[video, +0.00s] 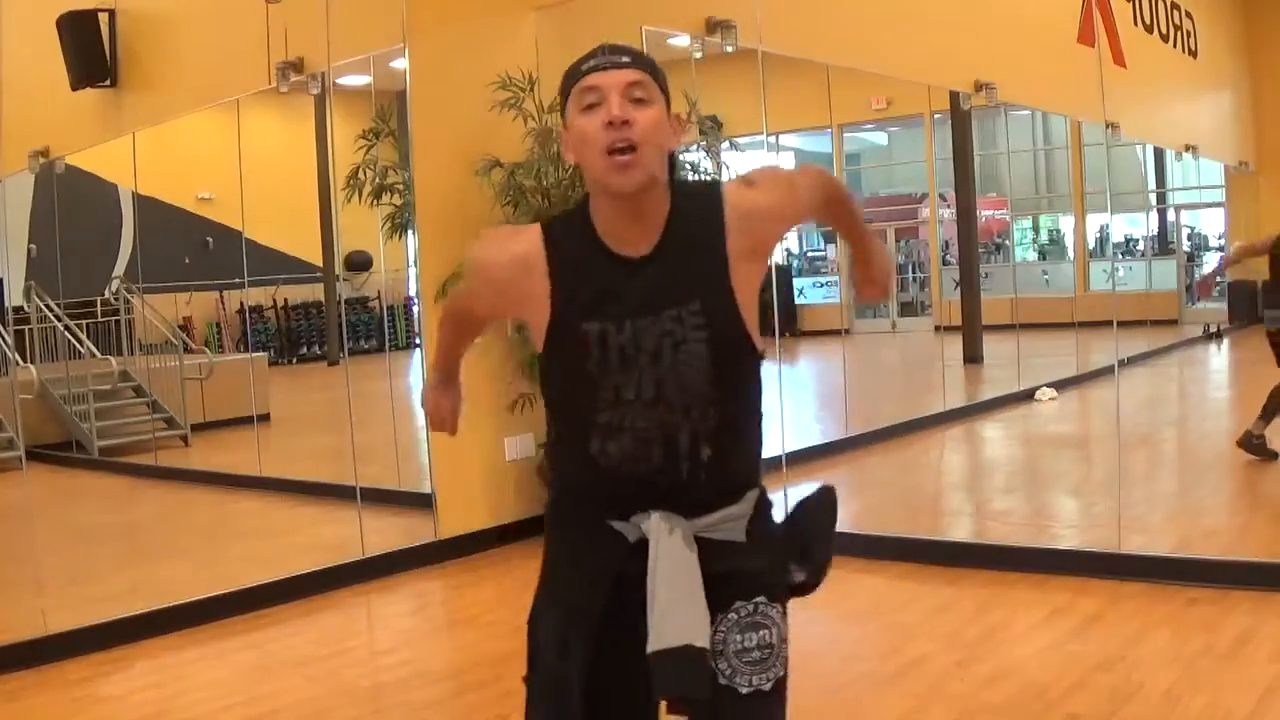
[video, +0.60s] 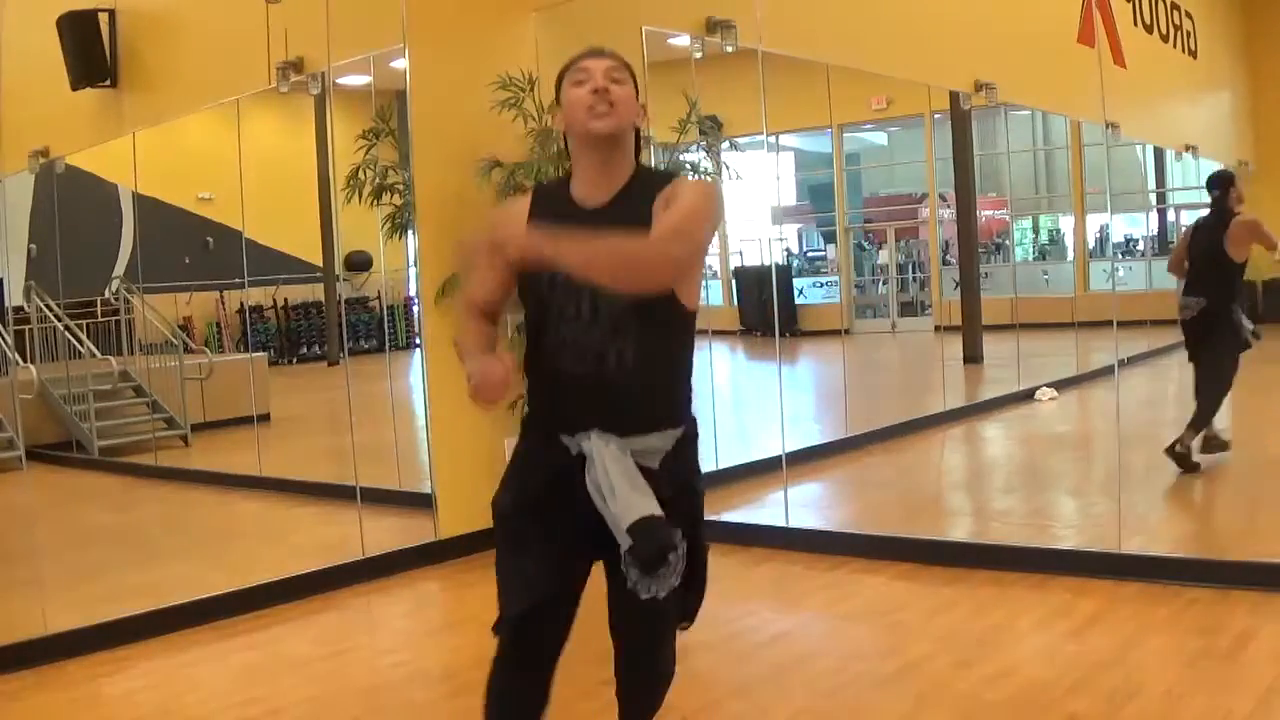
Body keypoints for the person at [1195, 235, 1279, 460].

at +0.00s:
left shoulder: (1276, 242)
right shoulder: (1276, 241)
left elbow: (1244, 250)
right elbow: (1244, 250)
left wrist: (1213, 273)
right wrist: (1214, 273)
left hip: (1274, 326)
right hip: (1276, 326)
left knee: (1279, 385)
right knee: (1279, 385)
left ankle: (1255, 432)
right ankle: (1255, 432)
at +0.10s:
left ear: (1277, 211)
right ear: (1276, 211)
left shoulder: (1268, 243)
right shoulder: (1269, 242)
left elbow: (1230, 265)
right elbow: (1230, 265)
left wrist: (1203, 295)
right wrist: (1204, 295)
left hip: (1263, 326)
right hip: (1269, 327)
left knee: (1276, 383)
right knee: (1276, 383)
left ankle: (1252, 437)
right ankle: (1252, 437)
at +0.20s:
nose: (1278, 214)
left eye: (1273, 208)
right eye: (1277, 208)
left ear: (1265, 212)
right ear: (1276, 212)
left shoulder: (1252, 244)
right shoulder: (1273, 242)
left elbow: (1232, 287)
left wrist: (1220, 324)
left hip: (1255, 325)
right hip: (1270, 327)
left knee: (1271, 385)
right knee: (1272, 385)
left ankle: (1251, 439)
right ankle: (1250, 440)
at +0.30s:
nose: (1276, 213)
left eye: (1275, 208)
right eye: (1274, 208)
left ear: (1250, 210)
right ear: (1263, 210)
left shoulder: (1238, 241)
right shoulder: (1268, 240)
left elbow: (1222, 286)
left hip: (1243, 323)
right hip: (1263, 323)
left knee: (1269, 380)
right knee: (1271, 379)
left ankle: (1249, 441)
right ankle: (1249, 441)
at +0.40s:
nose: (1265, 198)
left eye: (1262, 193)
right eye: (1262, 194)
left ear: (1237, 198)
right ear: (1254, 197)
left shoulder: (1225, 231)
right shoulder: (1262, 227)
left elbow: (1205, 260)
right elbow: (1278, 249)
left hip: (1227, 313)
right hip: (1252, 313)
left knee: (1252, 372)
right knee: (1271, 368)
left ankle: (1249, 435)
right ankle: (1254, 434)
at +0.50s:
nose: (1254, 188)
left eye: (1252, 183)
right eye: (1251, 184)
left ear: (1224, 189)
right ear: (1244, 188)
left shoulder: (1209, 220)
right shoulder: (1256, 218)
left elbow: (1185, 253)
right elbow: (1279, 230)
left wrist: (1211, 253)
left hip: (1205, 308)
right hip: (1233, 306)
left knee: (1230, 369)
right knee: (1256, 368)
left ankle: (1242, 431)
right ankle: (1212, 421)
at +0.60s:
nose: (1242, 193)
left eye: (1240, 187)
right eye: (1239, 188)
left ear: (1211, 194)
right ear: (1231, 192)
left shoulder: (1194, 228)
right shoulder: (1246, 224)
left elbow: (1175, 266)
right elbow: (1273, 246)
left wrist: (1201, 275)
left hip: (1191, 310)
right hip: (1222, 311)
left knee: (1204, 372)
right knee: (1221, 378)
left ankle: (1210, 434)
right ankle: (1184, 441)